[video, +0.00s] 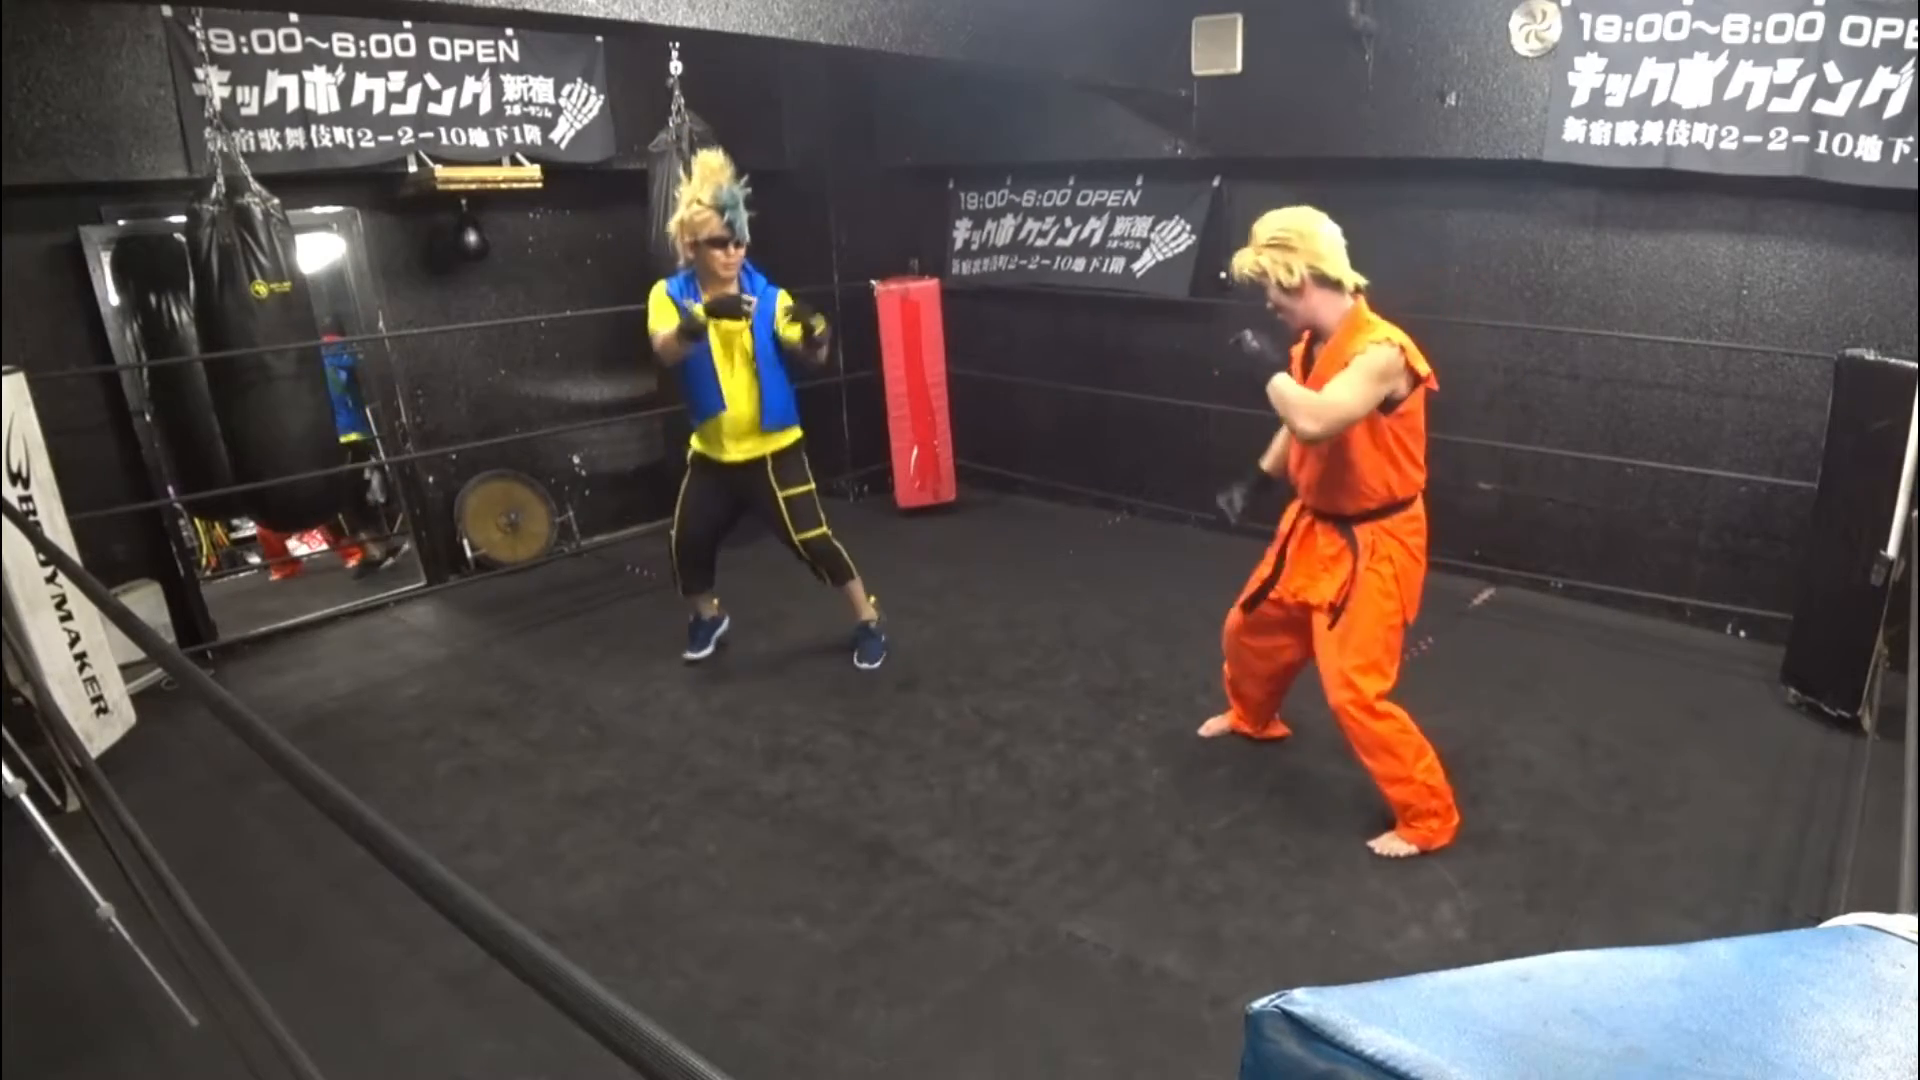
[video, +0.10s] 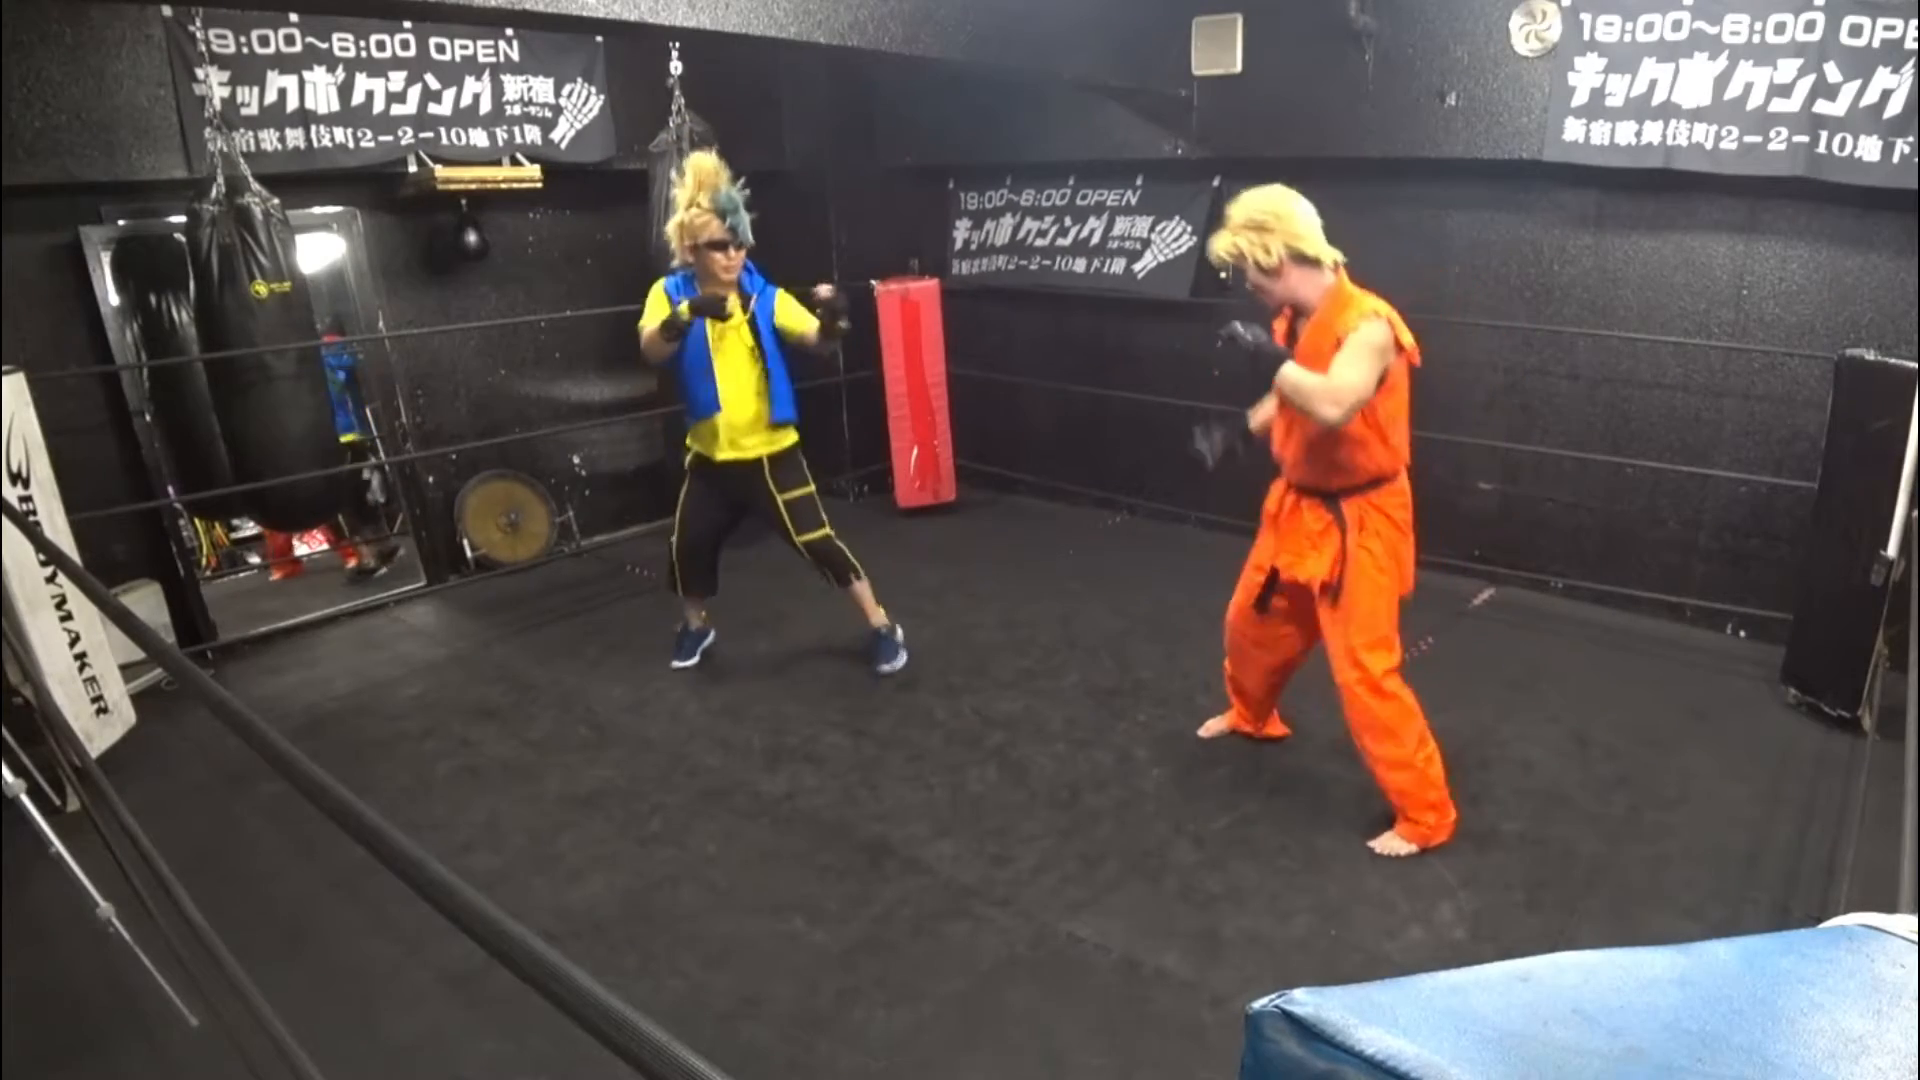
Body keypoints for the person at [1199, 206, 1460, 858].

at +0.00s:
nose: (1272, 307)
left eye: (1278, 291)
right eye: (1268, 294)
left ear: (1312, 278)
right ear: (1305, 282)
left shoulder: (1383, 354)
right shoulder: (1310, 348)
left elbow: (1319, 417)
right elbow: (1296, 425)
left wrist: (1271, 373)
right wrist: (1256, 480)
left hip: (1379, 538)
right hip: (1314, 524)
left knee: (1353, 687)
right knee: (1252, 626)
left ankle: (1429, 819)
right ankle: (1254, 716)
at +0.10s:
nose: (1250, 290)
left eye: (1251, 274)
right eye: (1245, 277)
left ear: (1283, 258)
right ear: (1288, 259)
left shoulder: (1370, 323)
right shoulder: (1293, 322)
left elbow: (1335, 403)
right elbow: (1287, 394)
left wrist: (1270, 359)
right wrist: (1238, 429)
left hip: (1362, 515)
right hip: (1298, 502)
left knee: (1365, 672)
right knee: (1252, 620)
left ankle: (1427, 816)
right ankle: (1252, 713)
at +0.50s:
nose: (1230, 283)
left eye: (1233, 268)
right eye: (1227, 270)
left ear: (1266, 260)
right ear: (1268, 261)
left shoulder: (1355, 331)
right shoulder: (1262, 325)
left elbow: (1329, 412)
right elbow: (1252, 398)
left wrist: (1264, 358)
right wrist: (1191, 383)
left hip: (1325, 519)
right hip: (1256, 508)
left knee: (1346, 654)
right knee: (1197, 627)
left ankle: (1417, 758)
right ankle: (1187, 703)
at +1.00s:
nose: (1177, 245)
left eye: (1182, 230)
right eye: (1174, 232)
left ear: (1216, 222)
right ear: (1213, 225)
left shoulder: (1288, 295)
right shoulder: (1206, 290)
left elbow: (1259, 388)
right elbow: (1197, 377)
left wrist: (1195, 340)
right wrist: (1145, 337)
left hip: (1276, 480)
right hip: (1212, 474)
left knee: (1297, 627)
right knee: (1186, 606)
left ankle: (1378, 763)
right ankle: (1203, 717)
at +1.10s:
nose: (1160, 221)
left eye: (1165, 205)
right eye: (1156, 208)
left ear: (1197, 193)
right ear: (1189, 197)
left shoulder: (1272, 264)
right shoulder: (1190, 261)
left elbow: (1243, 357)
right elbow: (1165, 331)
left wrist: (1182, 302)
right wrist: (1120, 294)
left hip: (1261, 451)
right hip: (1196, 445)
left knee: (1250, 594)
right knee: (1160, 574)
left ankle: (1321, 733)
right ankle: (1193, 711)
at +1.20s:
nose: (1147, 221)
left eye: (1150, 206)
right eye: (1144, 208)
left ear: (1181, 197)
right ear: (1182, 199)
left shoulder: (1254, 269)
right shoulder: (1170, 263)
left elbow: (1235, 367)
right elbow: (1165, 351)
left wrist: (1168, 315)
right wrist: (1096, 339)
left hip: (1241, 457)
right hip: (1175, 446)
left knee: (1220, 595)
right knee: (1120, 561)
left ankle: (1260, 746)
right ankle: (1159, 683)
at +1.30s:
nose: (1135, 250)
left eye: (1140, 236)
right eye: (1132, 237)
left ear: (1172, 227)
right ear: (1173, 229)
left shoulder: (1238, 303)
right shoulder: (1164, 294)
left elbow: (1190, 392)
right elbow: (1152, 395)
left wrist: (1135, 349)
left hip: (1215, 486)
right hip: (1152, 473)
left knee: (1203, 638)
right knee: (1083, 576)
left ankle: (1255, 750)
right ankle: (1093, 681)